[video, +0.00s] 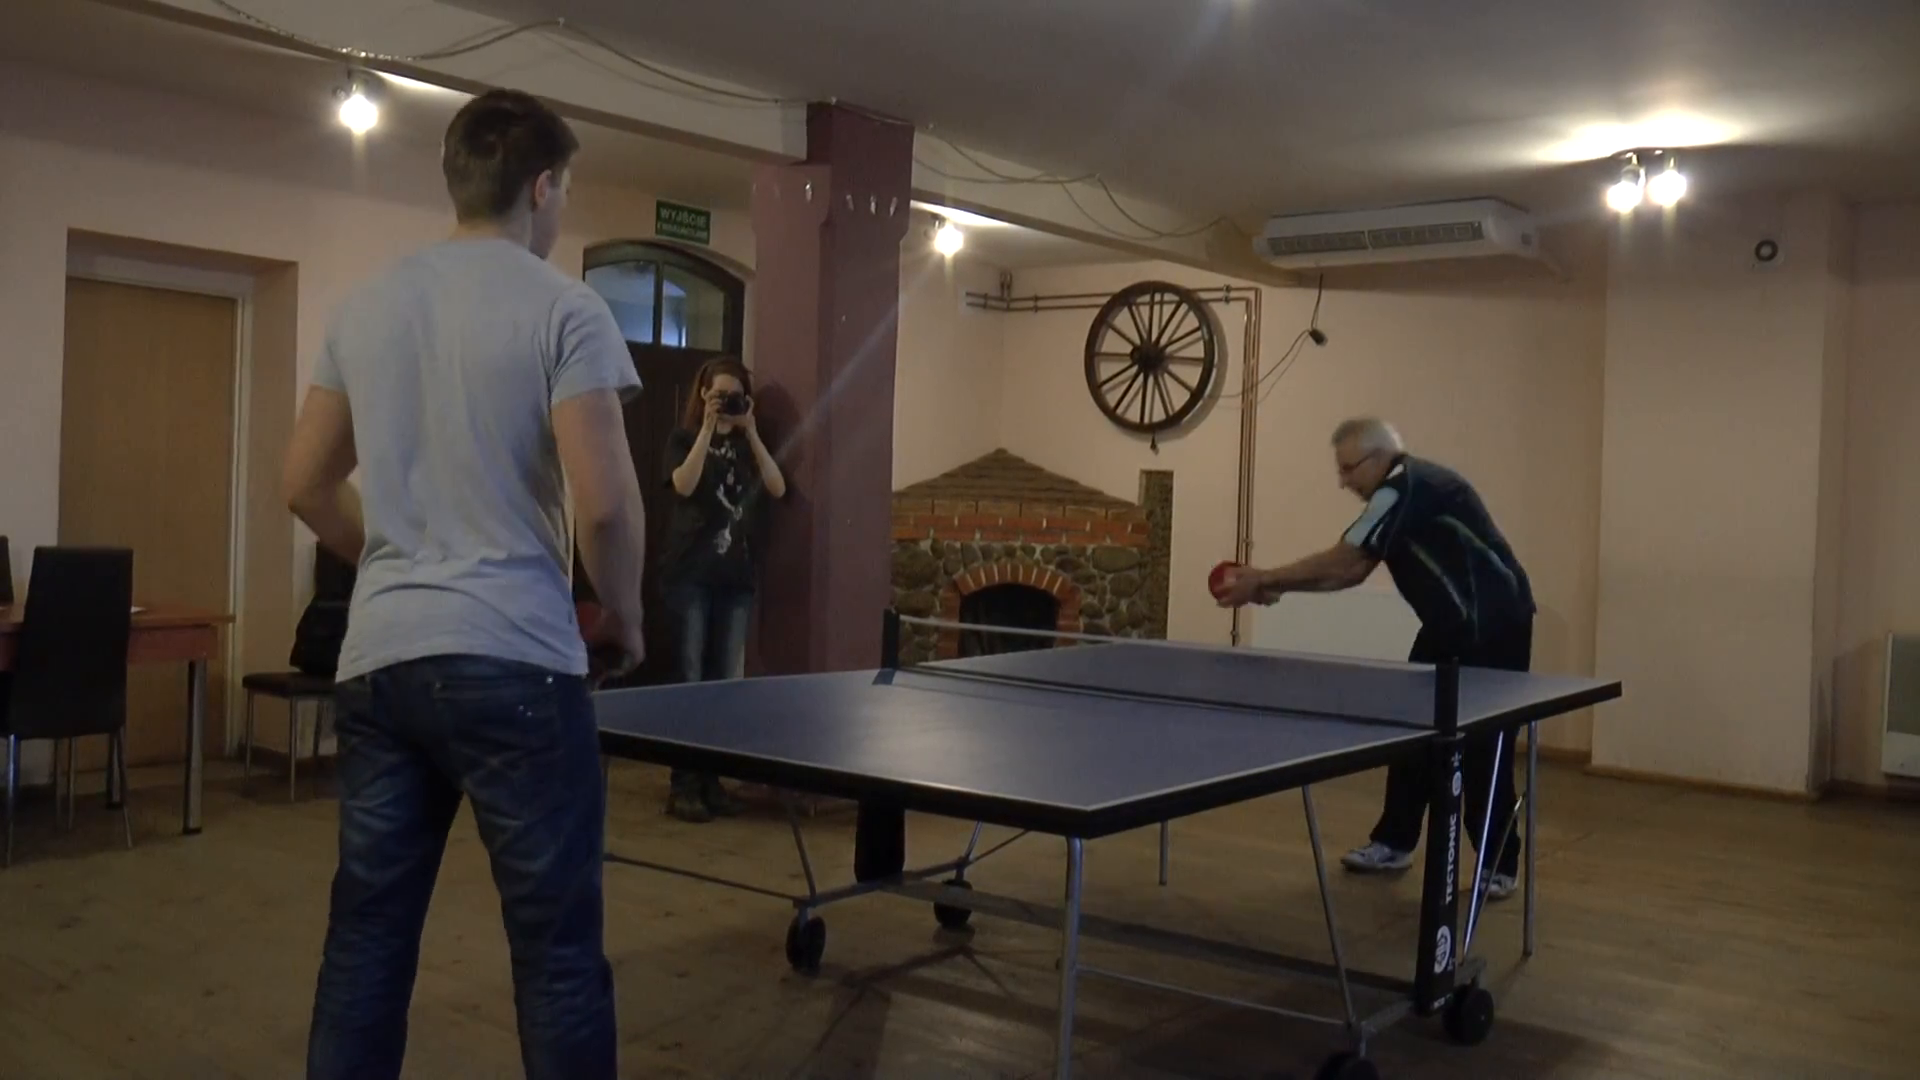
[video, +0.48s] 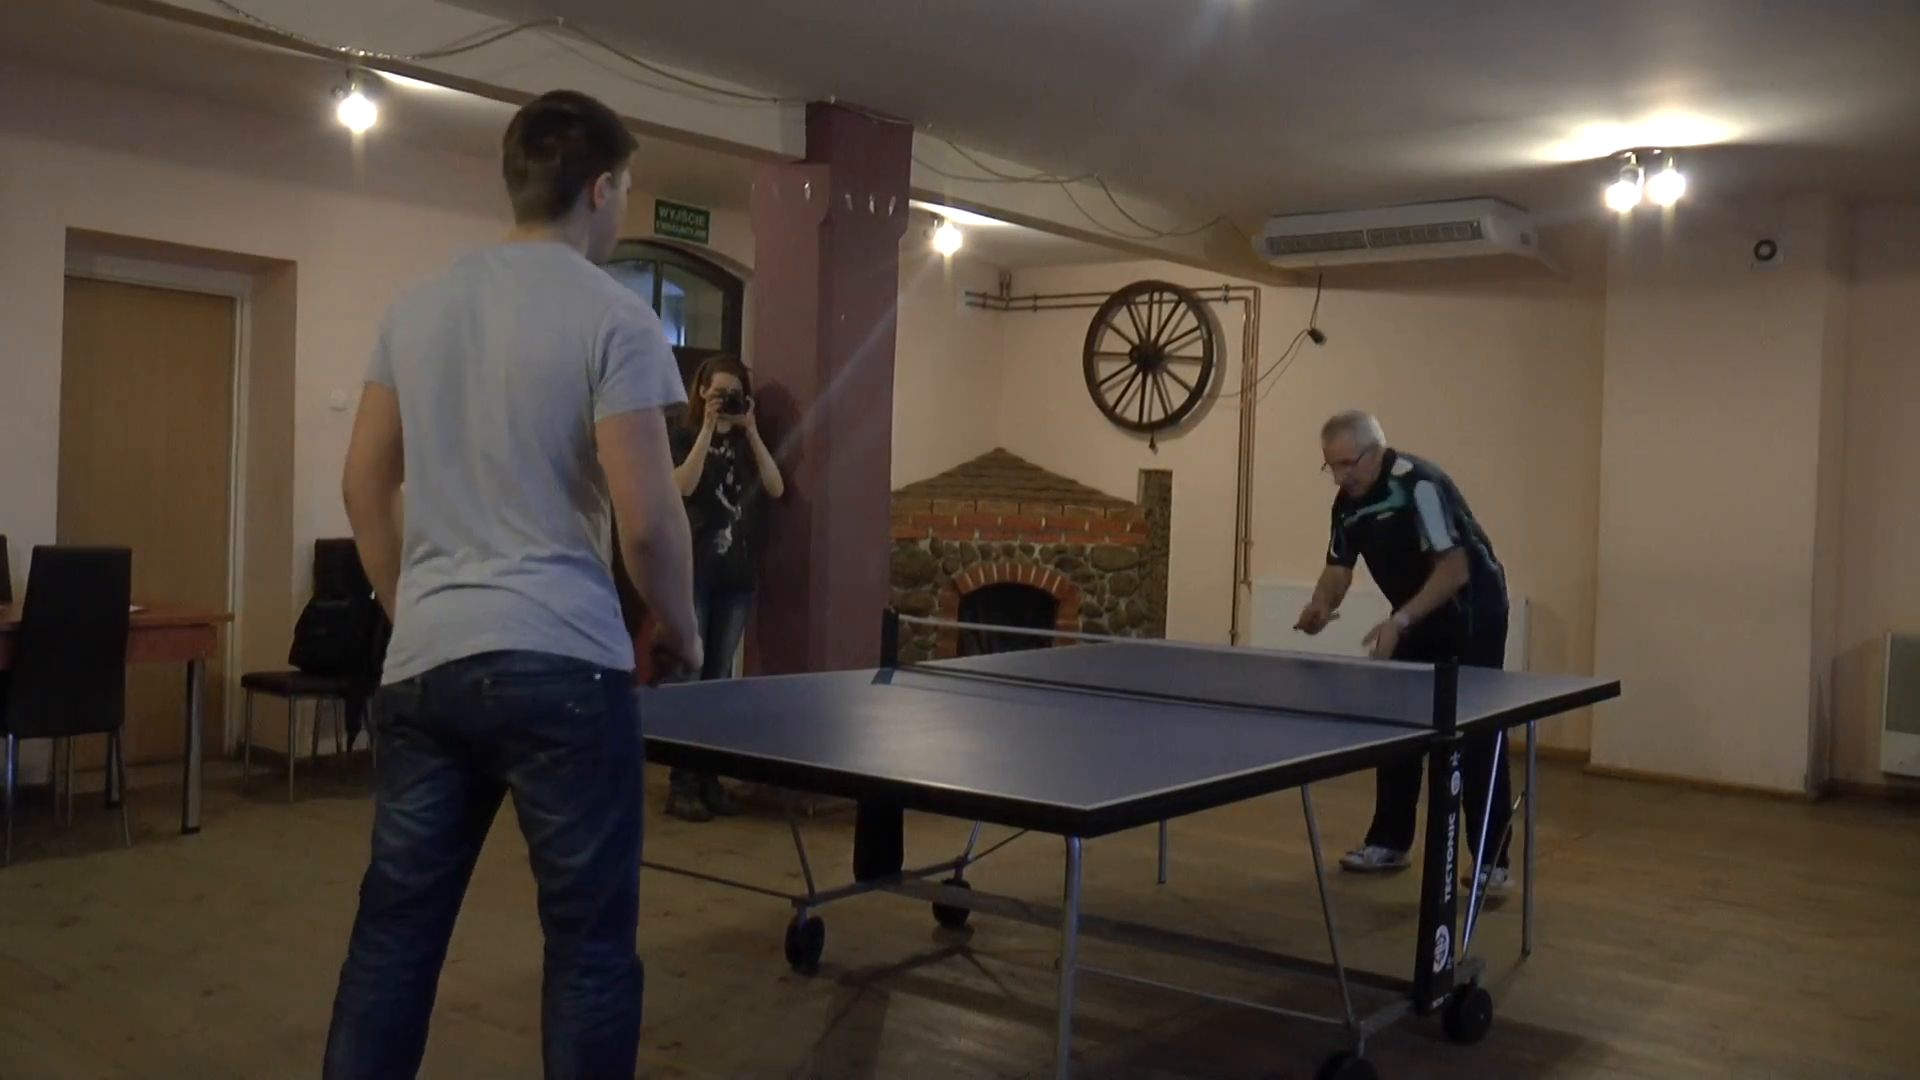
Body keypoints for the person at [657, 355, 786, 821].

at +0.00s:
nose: (727, 404)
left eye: (735, 398)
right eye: (720, 396)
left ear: (746, 402)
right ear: (703, 395)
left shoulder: (751, 444)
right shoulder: (684, 440)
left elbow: (778, 488)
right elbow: (684, 486)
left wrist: (750, 433)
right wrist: (707, 431)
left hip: (736, 572)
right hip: (689, 571)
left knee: (730, 679)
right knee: (689, 678)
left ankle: (714, 779)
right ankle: (684, 783)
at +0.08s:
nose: (726, 404)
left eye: (735, 398)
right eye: (719, 396)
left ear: (745, 402)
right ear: (702, 394)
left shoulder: (751, 444)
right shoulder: (684, 439)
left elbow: (777, 488)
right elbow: (684, 485)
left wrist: (749, 432)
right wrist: (707, 430)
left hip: (736, 574)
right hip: (688, 572)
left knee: (722, 681)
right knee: (688, 679)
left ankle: (711, 779)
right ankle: (683, 783)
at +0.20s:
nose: (726, 403)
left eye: (734, 397)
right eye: (718, 395)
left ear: (745, 401)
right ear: (702, 394)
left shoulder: (750, 444)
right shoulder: (683, 439)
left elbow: (776, 488)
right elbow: (683, 486)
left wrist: (750, 432)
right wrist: (707, 431)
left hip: (737, 573)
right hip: (691, 571)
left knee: (721, 679)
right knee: (688, 677)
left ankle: (712, 778)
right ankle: (683, 782)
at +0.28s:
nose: (726, 403)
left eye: (734, 397)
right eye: (718, 395)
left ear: (745, 401)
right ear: (701, 394)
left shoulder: (750, 444)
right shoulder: (683, 439)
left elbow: (776, 488)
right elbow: (684, 486)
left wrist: (750, 432)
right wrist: (707, 430)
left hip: (737, 574)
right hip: (692, 572)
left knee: (721, 679)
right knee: (689, 677)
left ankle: (712, 778)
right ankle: (683, 782)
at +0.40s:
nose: (724, 403)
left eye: (734, 397)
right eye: (717, 395)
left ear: (744, 401)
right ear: (701, 394)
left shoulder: (750, 443)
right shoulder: (684, 439)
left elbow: (776, 489)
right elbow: (684, 486)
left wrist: (750, 432)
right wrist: (707, 431)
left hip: (738, 573)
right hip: (694, 572)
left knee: (721, 678)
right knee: (689, 676)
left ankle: (712, 779)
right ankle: (683, 782)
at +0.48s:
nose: (725, 403)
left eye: (734, 397)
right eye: (717, 394)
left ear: (744, 401)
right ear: (700, 393)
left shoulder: (749, 443)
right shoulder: (683, 437)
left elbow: (776, 489)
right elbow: (684, 487)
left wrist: (750, 431)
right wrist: (707, 430)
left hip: (738, 573)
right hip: (693, 571)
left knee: (721, 676)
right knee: (690, 674)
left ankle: (713, 778)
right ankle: (683, 782)